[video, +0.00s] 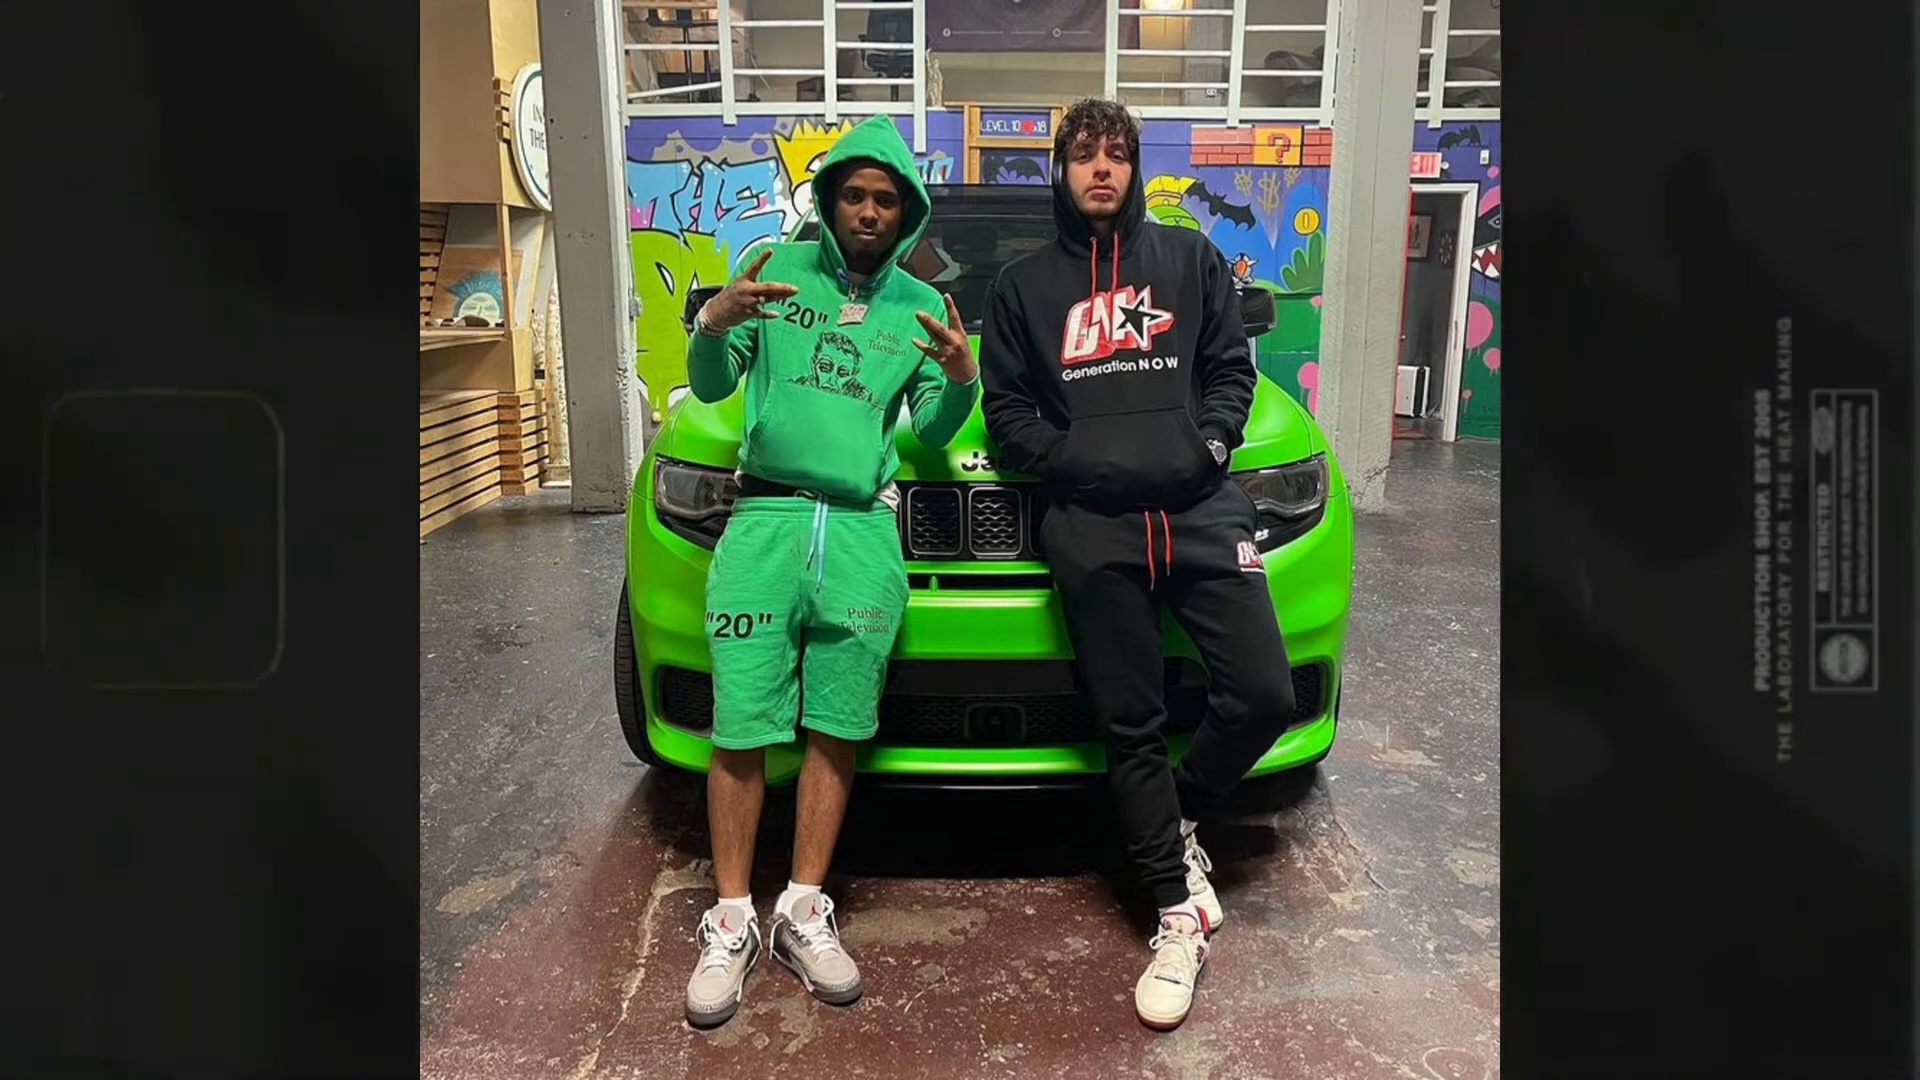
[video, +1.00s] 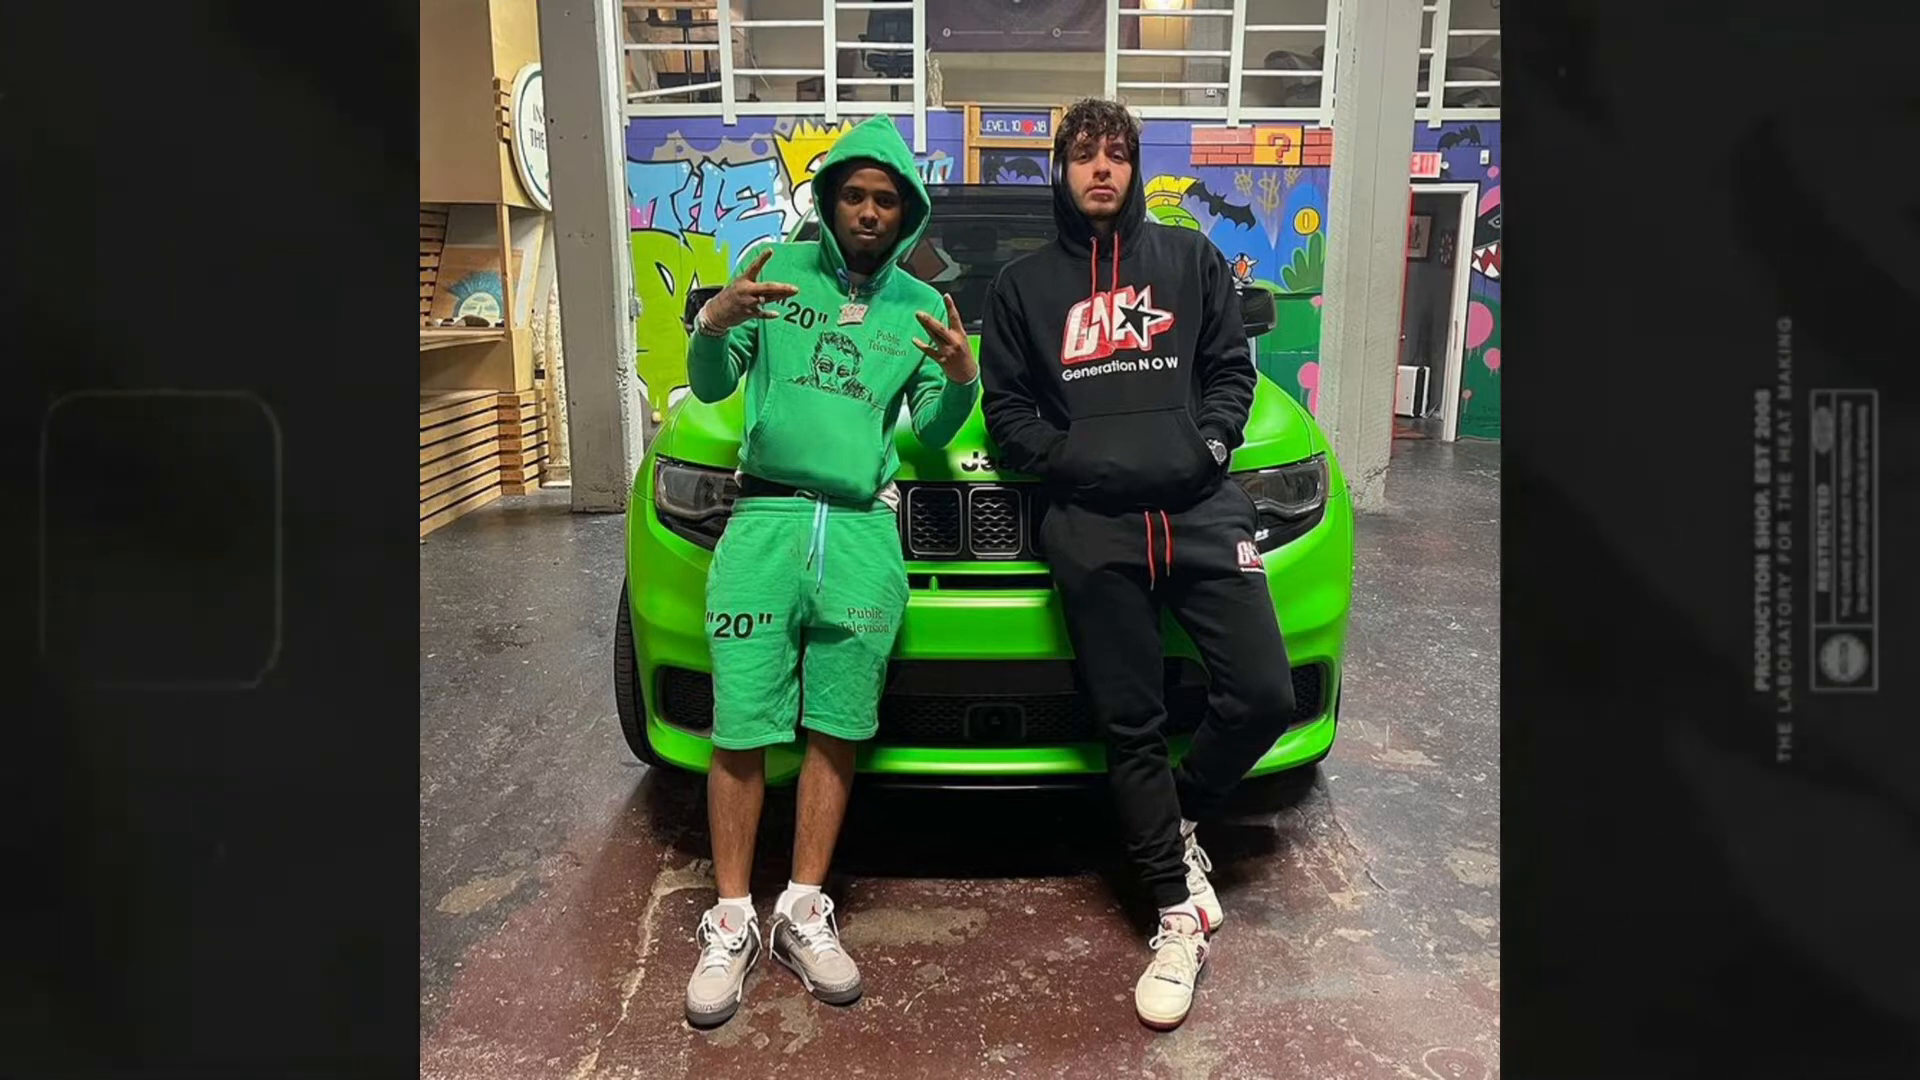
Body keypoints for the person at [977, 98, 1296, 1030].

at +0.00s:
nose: (1102, 171)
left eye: (1115, 158)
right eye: (1087, 158)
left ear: (1137, 171)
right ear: (1061, 172)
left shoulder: (1191, 256)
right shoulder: (1017, 280)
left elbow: (1232, 363)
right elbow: (1003, 403)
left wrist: (1209, 444)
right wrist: (1064, 457)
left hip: (1200, 503)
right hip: (1091, 514)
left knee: (1262, 692)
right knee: (1131, 719)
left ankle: (1180, 818)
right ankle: (1179, 918)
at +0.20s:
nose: (1102, 171)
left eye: (1116, 158)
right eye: (1088, 158)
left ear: (1137, 171)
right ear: (1062, 171)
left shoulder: (1191, 256)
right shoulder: (1018, 280)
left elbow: (1232, 364)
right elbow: (1004, 403)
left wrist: (1209, 444)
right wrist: (1065, 457)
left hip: (1200, 503)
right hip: (1091, 514)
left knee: (1262, 693)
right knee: (1131, 718)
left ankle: (1179, 819)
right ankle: (1179, 917)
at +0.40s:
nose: (1102, 170)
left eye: (1115, 158)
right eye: (1087, 158)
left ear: (1137, 171)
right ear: (1061, 172)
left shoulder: (1191, 256)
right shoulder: (1017, 280)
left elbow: (1232, 363)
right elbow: (1003, 403)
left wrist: (1209, 444)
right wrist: (1065, 457)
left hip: (1200, 503)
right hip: (1091, 514)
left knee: (1262, 692)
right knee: (1131, 719)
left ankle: (1180, 818)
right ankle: (1179, 918)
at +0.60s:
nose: (1102, 170)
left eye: (1115, 158)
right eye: (1087, 158)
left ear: (1137, 171)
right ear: (1061, 172)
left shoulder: (1191, 256)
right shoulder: (1017, 280)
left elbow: (1232, 363)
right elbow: (1003, 403)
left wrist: (1209, 444)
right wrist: (1064, 457)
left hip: (1200, 503)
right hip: (1091, 514)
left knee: (1262, 692)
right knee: (1131, 719)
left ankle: (1180, 818)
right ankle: (1179, 918)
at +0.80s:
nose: (1102, 171)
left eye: (1115, 158)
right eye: (1087, 158)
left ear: (1136, 171)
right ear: (1061, 172)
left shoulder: (1191, 256)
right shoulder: (1017, 280)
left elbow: (1232, 363)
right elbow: (1003, 403)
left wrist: (1209, 444)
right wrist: (1064, 457)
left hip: (1200, 503)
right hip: (1091, 514)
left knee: (1262, 692)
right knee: (1131, 719)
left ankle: (1180, 818)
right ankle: (1178, 918)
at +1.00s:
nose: (1102, 171)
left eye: (1115, 158)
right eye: (1087, 158)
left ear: (1137, 171)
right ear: (1061, 172)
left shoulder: (1191, 256)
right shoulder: (1017, 280)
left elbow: (1232, 363)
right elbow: (1003, 403)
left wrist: (1209, 444)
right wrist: (1064, 457)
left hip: (1200, 503)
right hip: (1091, 514)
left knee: (1262, 692)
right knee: (1131, 719)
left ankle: (1180, 818)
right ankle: (1179, 918)